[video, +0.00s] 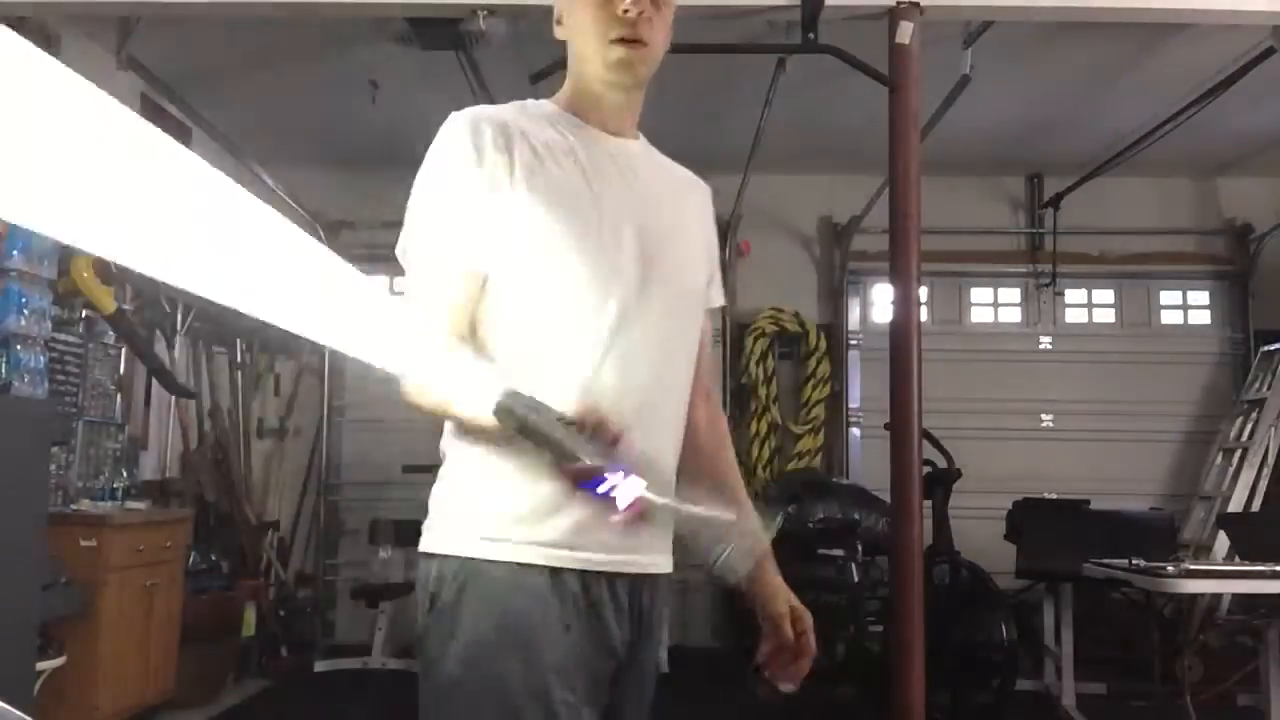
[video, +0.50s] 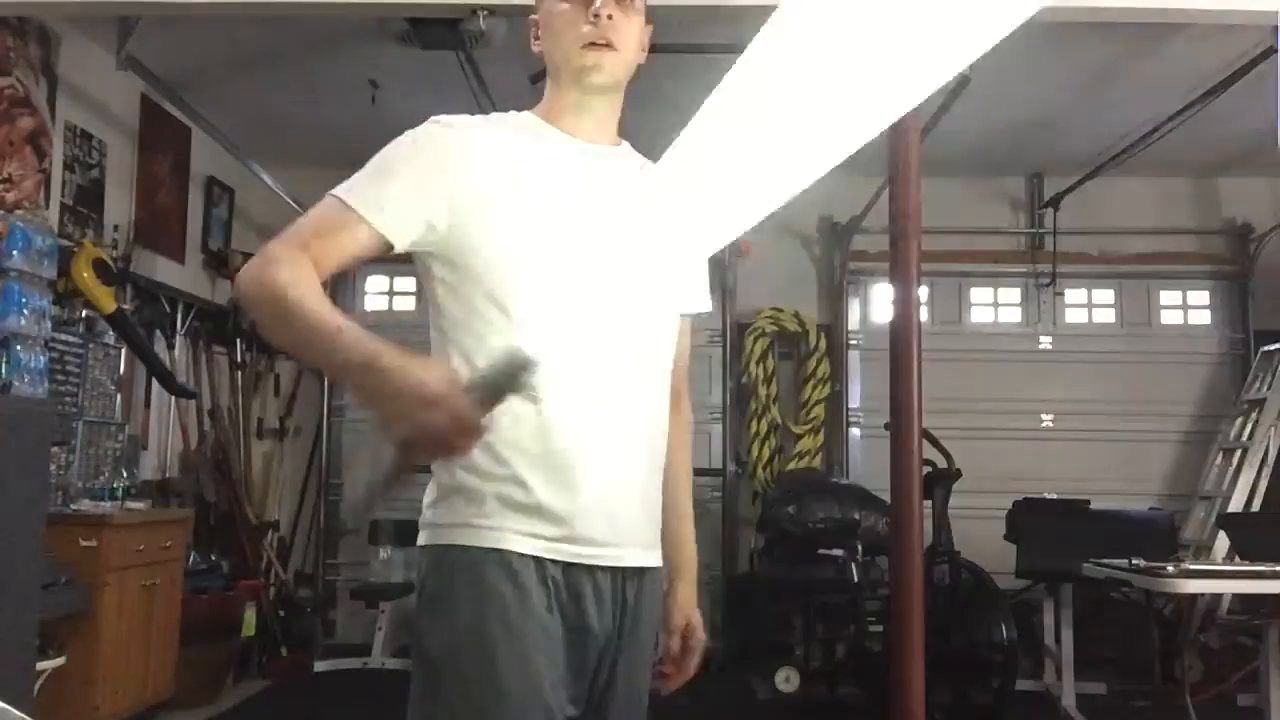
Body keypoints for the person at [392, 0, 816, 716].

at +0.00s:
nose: (632, 9)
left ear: (671, 20)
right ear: (560, 16)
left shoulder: (690, 196)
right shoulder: (484, 142)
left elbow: (696, 404)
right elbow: (424, 362)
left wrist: (760, 571)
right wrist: (537, 424)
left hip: (638, 586)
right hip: (506, 575)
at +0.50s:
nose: (600, 10)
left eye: (623, 2)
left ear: (647, 41)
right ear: (538, 30)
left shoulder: (664, 201)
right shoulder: (456, 150)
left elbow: (673, 403)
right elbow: (269, 273)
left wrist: (681, 577)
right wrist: (381, 371)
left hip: (633, 571)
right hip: (495, 561)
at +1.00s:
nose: (571, 10)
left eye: (593, 1)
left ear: (618, 40)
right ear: (508, 30)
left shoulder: (660, 202)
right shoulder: (435, 151)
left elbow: (664, 403)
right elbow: (372, 355)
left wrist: (692, 581)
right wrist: (497, 355)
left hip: (614, 571)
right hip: (464, 561)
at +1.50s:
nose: (573, 13)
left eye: (594, 2)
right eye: (548, 0)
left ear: (619, 41)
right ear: (510, 34)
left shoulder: (652, 206)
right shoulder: (432, 156)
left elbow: (652, 400)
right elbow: (358, 348)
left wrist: (698, 560)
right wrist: (432, 432)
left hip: (610, 574)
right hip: (461, 558)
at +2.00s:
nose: (558, 16)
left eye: (581, 6)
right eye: (534, 5)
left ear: (608, 50)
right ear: (501, 43)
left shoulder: (656, 204)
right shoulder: (430, 158)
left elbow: (684, 386)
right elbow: (345, 323)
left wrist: (640, 436)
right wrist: (520, 377)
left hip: (601, 562)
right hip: (453, 553)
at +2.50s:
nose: (444, 5)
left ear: (502, 29)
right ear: (384, 25)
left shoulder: (574, 187)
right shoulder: (323, 150)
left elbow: (611, 354)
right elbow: (312, 326)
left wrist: (617, 405)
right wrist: (542, 338)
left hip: (548, 576)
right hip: (376, 572)